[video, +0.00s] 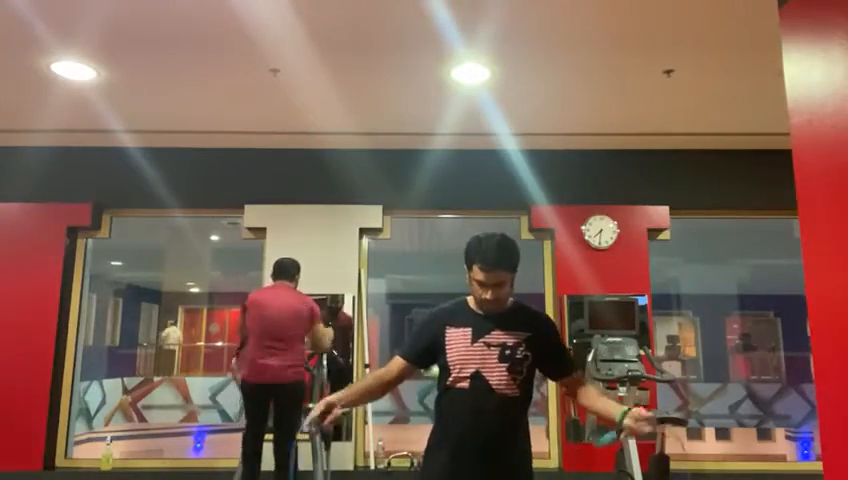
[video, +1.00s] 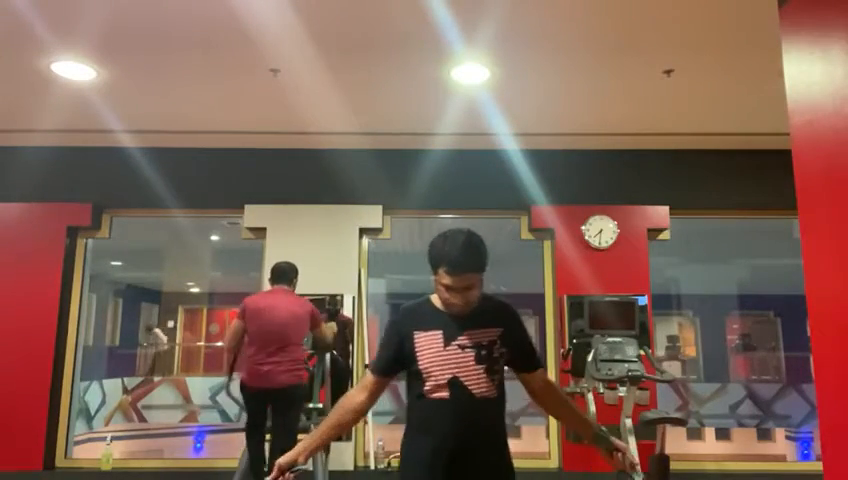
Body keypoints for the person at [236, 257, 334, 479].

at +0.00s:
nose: (297, 280)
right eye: (297, 277)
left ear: (272, 276)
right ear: (296, 278)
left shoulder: (253, 298)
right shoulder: (307, 304)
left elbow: (244, 336)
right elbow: (320, 343)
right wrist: (329, 333)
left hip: (254, 380)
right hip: (291, 382)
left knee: (253, 433)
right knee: (284, 440)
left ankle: (249, 475)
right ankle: (283, 476)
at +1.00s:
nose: (295, 284)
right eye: (295, 281)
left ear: (270, 280)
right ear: (294, 281)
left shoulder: (250, 303)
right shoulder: (304, 306)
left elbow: (230, 344)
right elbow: (324, 341)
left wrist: (228, 375)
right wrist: (331, 329)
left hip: (254, 384)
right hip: (290, 385)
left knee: (255, 429)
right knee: (284, 435)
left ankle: (257, 474)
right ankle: (278, 475)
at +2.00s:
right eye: (293, 278)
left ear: (269, 276)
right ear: (293, 278)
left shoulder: (247, 299)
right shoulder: (303, 303)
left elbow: (228, 340)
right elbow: (322, 330)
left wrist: (243, 348)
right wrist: (334, 325)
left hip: (251, 381)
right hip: (286, 382)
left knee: (256, 430)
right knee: (278, 439)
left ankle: (258, 473)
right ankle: (277, 475)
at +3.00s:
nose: (290, 279)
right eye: (290, 275)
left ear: (265, 274)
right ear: (290, 275)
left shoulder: (244, 297)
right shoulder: (299, 298)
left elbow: (227, 337)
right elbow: (320, 330)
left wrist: (243, 336)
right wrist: (331, 325)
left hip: (251, 375)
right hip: (287, 376)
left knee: (255, 440)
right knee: (289, 439)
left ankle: (254, 476)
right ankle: (285, 476)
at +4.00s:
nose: (292, 285)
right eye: (292, 282)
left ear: (266, 280)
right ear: (290, 282)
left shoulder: (246, 302)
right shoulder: (296, 305)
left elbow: (229, 334)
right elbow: (315, 340)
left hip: (247, 379)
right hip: (284, 378)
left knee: (249, 443)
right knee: (294, 428)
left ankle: (247, 475)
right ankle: (292, 471)